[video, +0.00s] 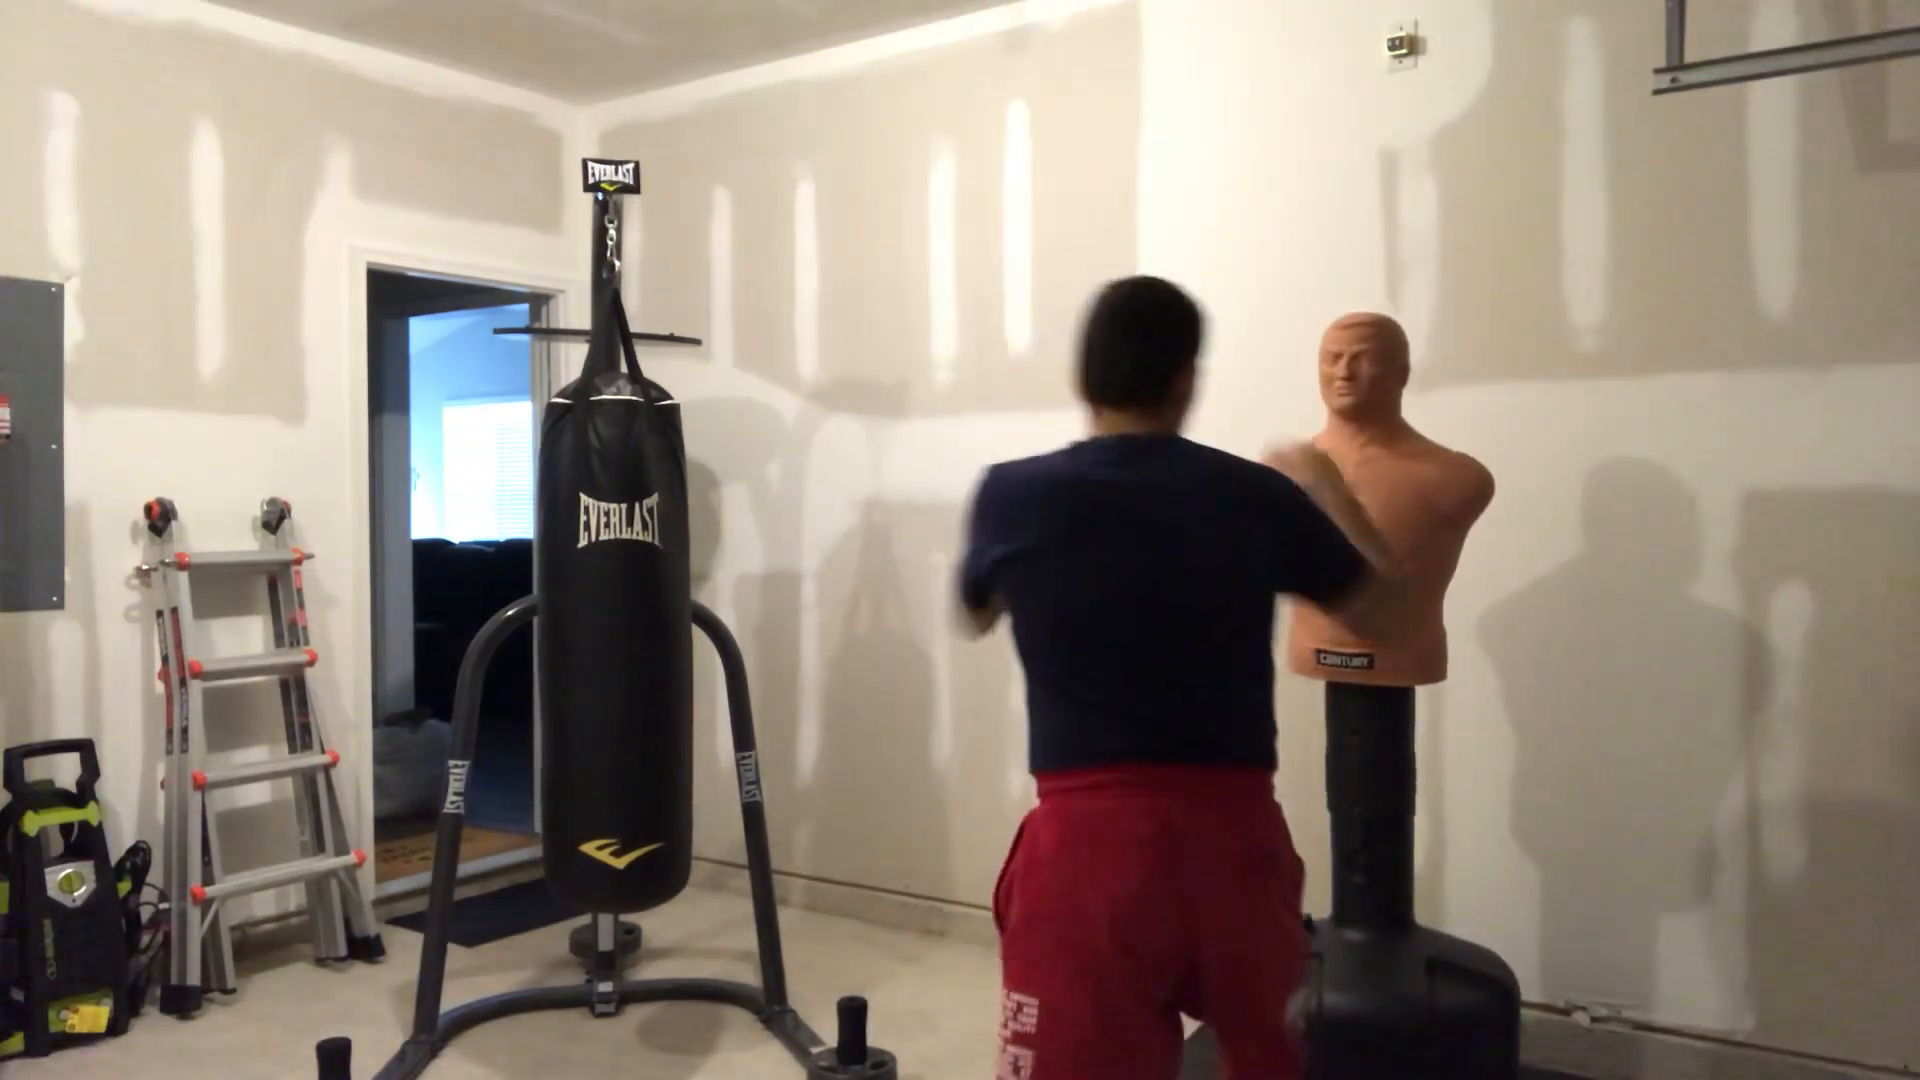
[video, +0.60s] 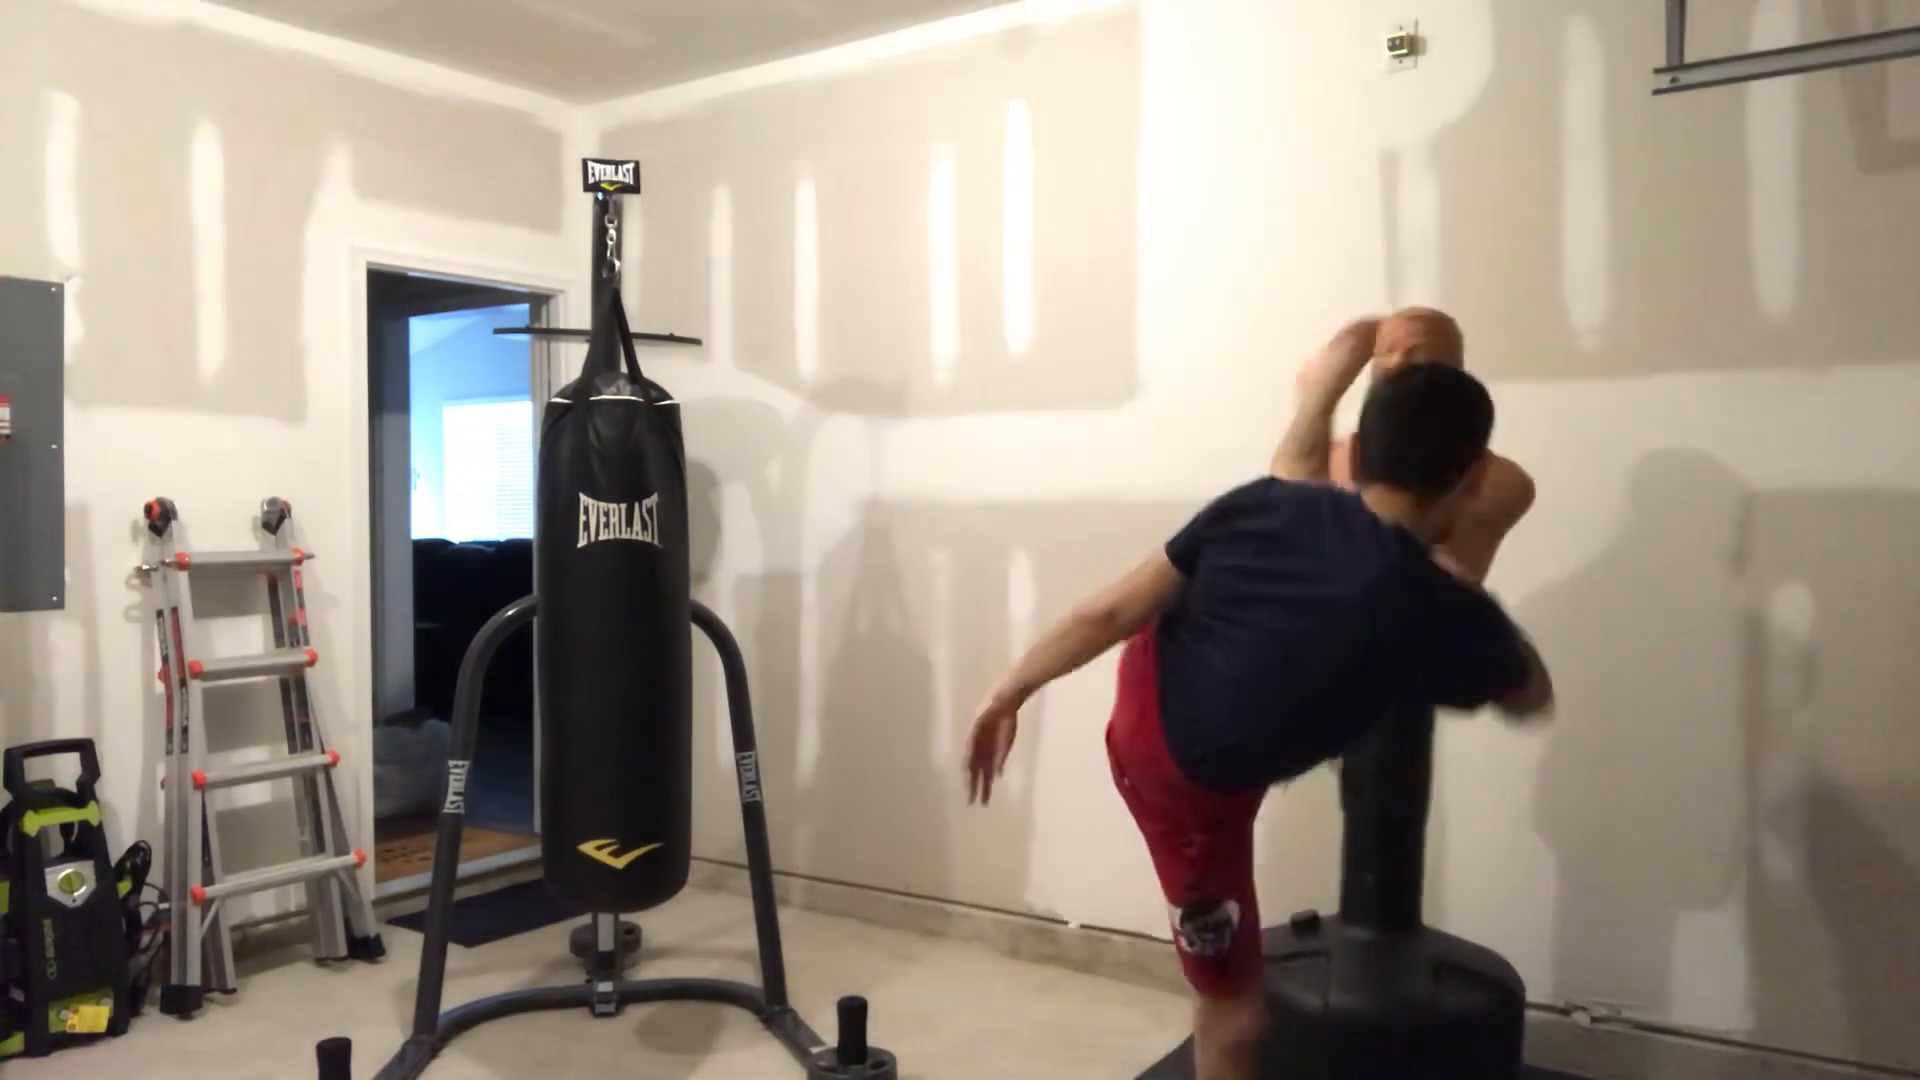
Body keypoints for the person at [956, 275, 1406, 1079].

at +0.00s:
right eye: (1188, 365)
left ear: (1082, 375)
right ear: (1188, 378)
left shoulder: (1015, 496)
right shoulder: (1252, 499)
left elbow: (974, 614)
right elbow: (1383, 610)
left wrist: (1047, 528)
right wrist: (1331, 488)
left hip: (1084, 843)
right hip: (1236, 840)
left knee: (1076, 1062)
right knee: (1273, 1062)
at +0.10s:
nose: (1279, 388)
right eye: (1275, 372)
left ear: (1151, 378)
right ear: (1257, 385)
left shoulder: (1079, 488)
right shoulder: (1302, 526)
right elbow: (1396, 720)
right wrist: (1424, 621)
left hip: (1085, 846)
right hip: (1236, 858)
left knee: (1070, 1066)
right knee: (1277, 1063)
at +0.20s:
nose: (1355, 384)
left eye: (1355, 366)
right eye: (1353, 367)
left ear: (1234, 371)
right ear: (1338, 383)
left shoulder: (1164, 464)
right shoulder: (1338, 538)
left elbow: (1212, 395)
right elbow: (1422, 738)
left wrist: (1289, 342)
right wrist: (1511, 618)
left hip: (1109, 813)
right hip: (1245, 848)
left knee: (1025, 1059)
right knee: (1280, 1064)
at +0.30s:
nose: (1412, 374)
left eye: (1406, 355)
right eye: (1411, 357)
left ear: (1291, 359)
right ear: (1398, 370)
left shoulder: (1228, 438)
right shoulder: (1396, 520)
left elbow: (1163, 411)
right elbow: (1542, 684)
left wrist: (1177, 360)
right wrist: (1561, 555)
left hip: (1132, 744)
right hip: (1231, 815)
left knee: (1051, 873)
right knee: (1264, 1054)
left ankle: (950, 1025)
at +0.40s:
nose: (1456, 401)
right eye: (1455, 385)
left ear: (1322, 378)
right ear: (1445, 398)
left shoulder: (1257, 453)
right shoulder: (1437, 525)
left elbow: (1129, 482)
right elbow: (1584, 627)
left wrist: (1059, 480)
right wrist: (1508, 504)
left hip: (1131, 686)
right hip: (1200, 793)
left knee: (1180, 591)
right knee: (1263, 1037)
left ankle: (1050, 626)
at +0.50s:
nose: (1475, 436)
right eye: (1473, 422)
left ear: (1343, 428)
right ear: (1459, 442)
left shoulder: (1270, 489)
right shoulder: (1439, 563)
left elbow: (1118, 565)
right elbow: (1547, 635)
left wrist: (1005, 621)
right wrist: (1450, 530)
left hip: (1133, 667)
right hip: (1186, 785)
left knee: (1246, 506)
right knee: (1241, 1022)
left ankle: (1287, 379)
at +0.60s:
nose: (1486, 475)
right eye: (1481, 463)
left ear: (1359, 443)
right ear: (1468, 480)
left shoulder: (1269, 507)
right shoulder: (1433, 612)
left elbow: (1117, 608)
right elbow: (1532, 698)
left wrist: (1009, 691)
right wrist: (1460, 588)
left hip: (1142, 695)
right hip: (1192, 798)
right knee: (1234, 1019)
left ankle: (1309, 415)